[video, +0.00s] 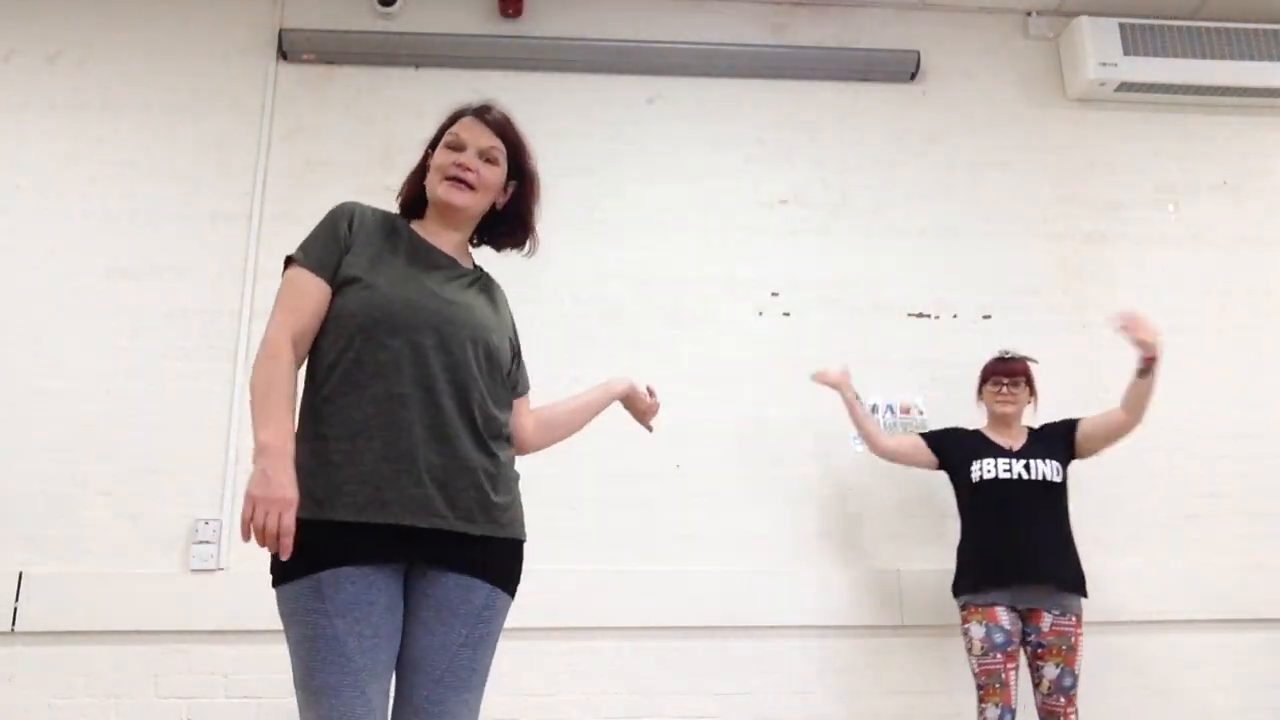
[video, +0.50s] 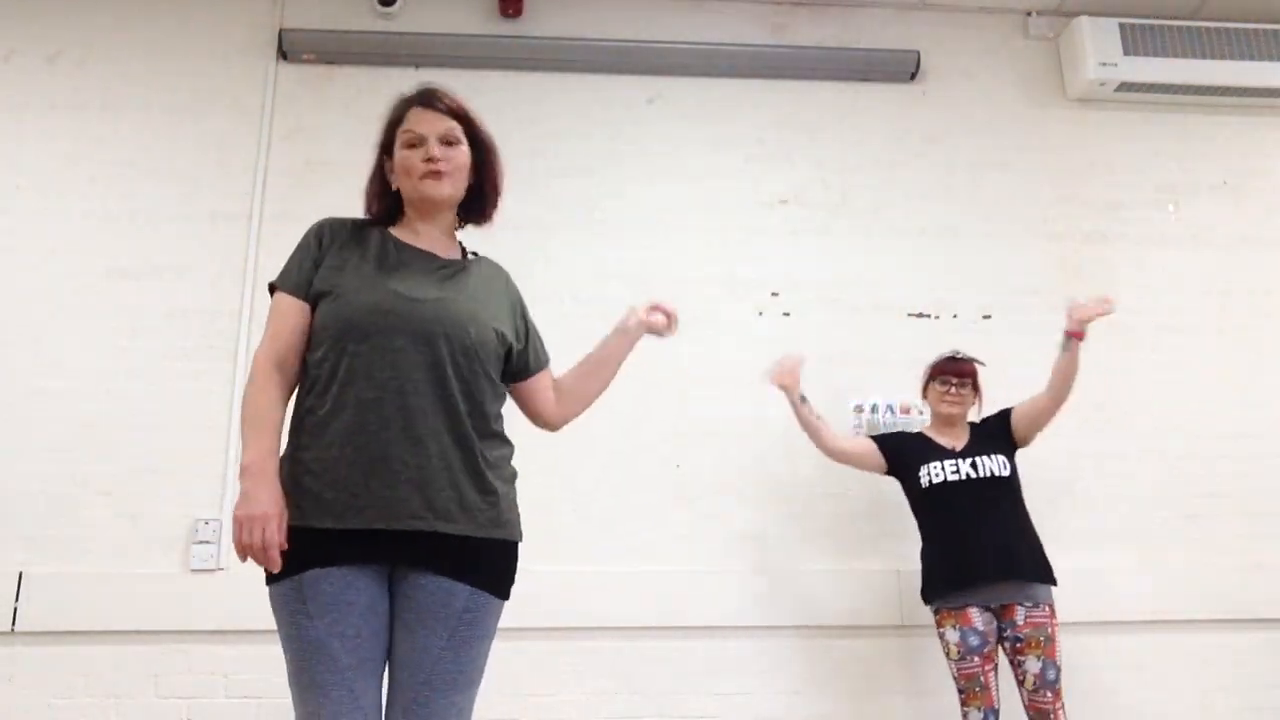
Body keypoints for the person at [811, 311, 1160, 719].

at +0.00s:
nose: (1005, 390)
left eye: (1015, 384)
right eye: (996, 384)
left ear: (1030, 395)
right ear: (981, 393)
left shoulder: (1057, 440)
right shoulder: (958, 444)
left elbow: (1126, 417)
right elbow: (884, 446)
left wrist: (1148, 361)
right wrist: (848, 393)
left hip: (1056, 593)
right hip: (985, 595)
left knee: (1059, 708)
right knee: (996, 708)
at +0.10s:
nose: (995, 391)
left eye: (1005, 385)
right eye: (986, 384)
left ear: (1020, 397)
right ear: (971, 394)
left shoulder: (1044, 441)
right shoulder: (947, 445)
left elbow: (1107, 410)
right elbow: (875, 439)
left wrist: (1123, 353)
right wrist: (836, 392)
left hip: (1046, 595)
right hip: (977, 597)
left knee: (1053, 709)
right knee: (989, 709)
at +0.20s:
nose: (987, 391)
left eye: (996, 386)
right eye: (977, 384)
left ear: (1009, 397)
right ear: (960, 393)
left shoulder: (1031, 440)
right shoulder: (934, 444)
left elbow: (1091, 402)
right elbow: (866, 435)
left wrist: (1106, 339)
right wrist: (824, 381)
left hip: (1037, 589)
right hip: (967, 593)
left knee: (1050, 708)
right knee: (984, 709)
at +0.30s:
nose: (974, 391)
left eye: (984, 386)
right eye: (966, 384)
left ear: (996, 396)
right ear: (947, 392)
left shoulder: (1018, 436)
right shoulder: (923, 446)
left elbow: (1077, 403)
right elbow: (851, 437)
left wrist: (1102, 342)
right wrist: (816, 380)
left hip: (1031, 589)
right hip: (961, 595)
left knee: (1047, 707)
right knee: (981, 709)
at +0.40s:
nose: (963, 391)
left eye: (972, 385)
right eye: (954, 383)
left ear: (984, 397)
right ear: (935, 392)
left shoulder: (1007, 433)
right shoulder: (912, 448)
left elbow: (1067, 400)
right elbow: (845, 444)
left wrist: (1094, 346)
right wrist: (807, 393)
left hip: (1028, 588)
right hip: (958, 595)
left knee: (1046, 708)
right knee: (980, 710)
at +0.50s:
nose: (954, 389)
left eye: (963, 384)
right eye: (944, 382)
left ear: (976, 395)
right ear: (926, 392)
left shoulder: (1000, 432)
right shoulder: (905, 448)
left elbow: (1055, 395)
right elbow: (835, 445)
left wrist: (1074, 335)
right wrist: (795, 395)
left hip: (1026, 588)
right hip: (958, 597)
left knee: (1046, 707)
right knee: (980, 711)